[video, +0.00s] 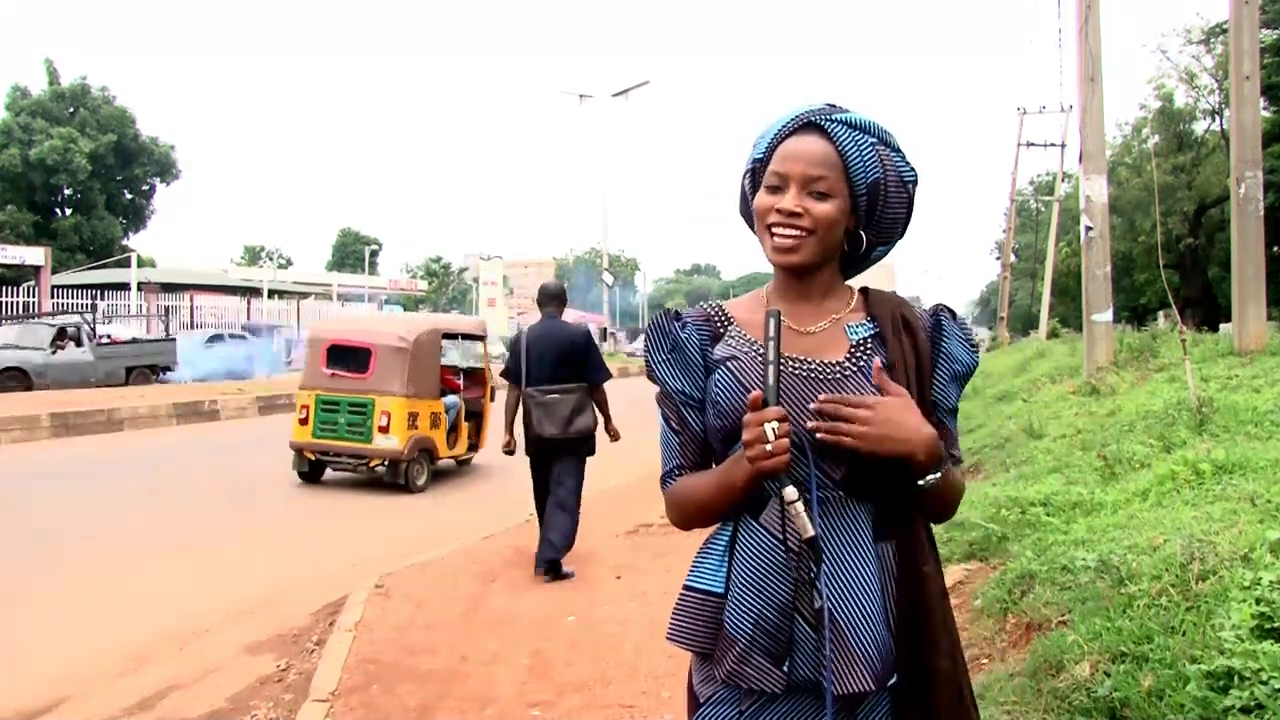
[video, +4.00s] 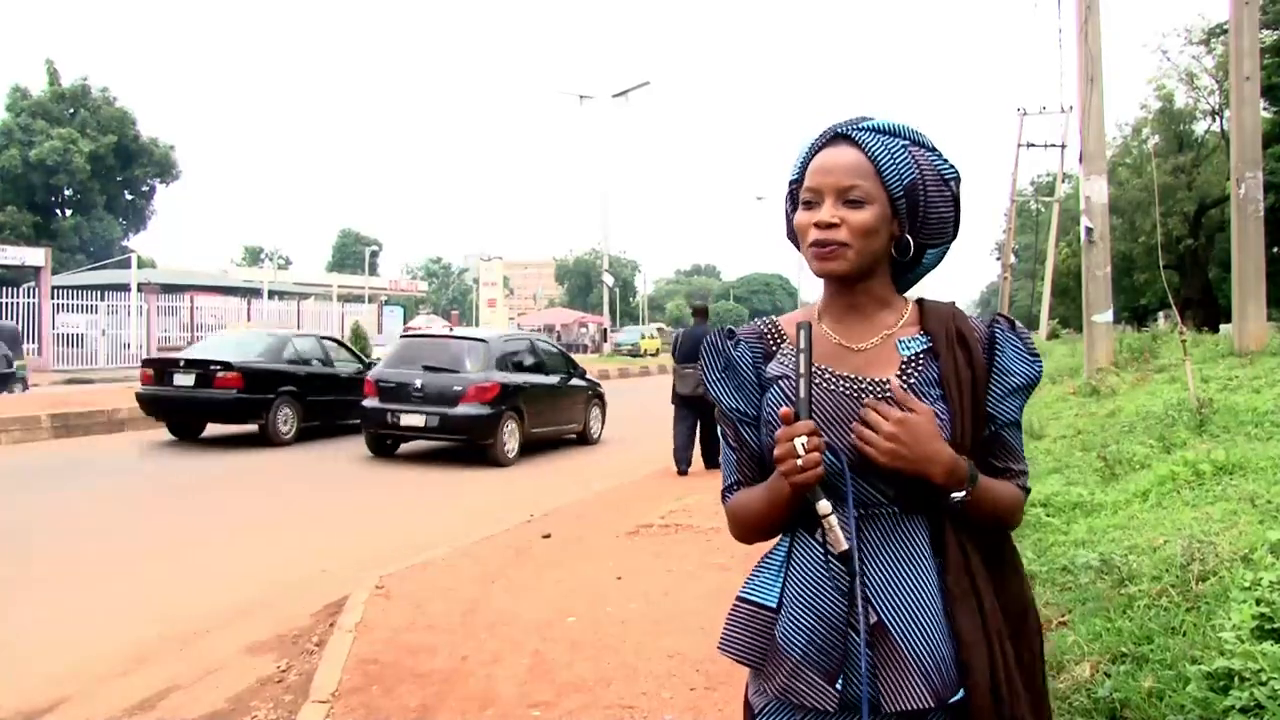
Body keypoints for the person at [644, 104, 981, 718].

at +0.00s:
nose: (788, 206)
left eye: (818, 192)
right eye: (775, 185)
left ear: (856, 214)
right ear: (752, 198)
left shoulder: (910, 331)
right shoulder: (700, 337)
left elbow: (943, 506)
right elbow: (681, 506)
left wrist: (925, 445)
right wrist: (743, 465)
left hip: (883, 634)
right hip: (748, 636)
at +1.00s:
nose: (742, 216)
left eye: (767, 193)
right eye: (723, 202)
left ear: (815, 206)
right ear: (709, 222)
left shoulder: (881, 346)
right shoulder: (667, 342)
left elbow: (918, 503)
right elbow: (631, 515)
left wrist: (855, 512)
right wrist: (706, 462)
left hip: (849, 628)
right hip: (710, 629)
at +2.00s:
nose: (733, 206)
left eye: (762, 191)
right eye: (720, 190)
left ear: (809, 217)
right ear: (705, 208)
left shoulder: (877, 342)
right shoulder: (666, 349)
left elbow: (926, 504)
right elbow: (645, 521)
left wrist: (813, 494)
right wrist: (685, 486)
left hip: (847, 651)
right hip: (709, 654)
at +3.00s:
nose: (802, 204)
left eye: (828, 185)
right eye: (786, 191)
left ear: (875, 204)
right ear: (771, 213)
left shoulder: (948, 337)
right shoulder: (736, 343)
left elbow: (985, 495)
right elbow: (718, 514)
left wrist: (938, 491)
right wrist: (767, 459)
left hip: (918, 641)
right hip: (783, 646)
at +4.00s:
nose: (824, 219)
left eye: (852, 202)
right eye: (810, 202)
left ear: (899, 223)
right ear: (795, 217)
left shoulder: (968, 345)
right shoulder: (758, 353)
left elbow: (1010, 504)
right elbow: (743, 523)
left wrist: (946, 466)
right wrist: (784, 482)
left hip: (940, 643)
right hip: (807, 646)